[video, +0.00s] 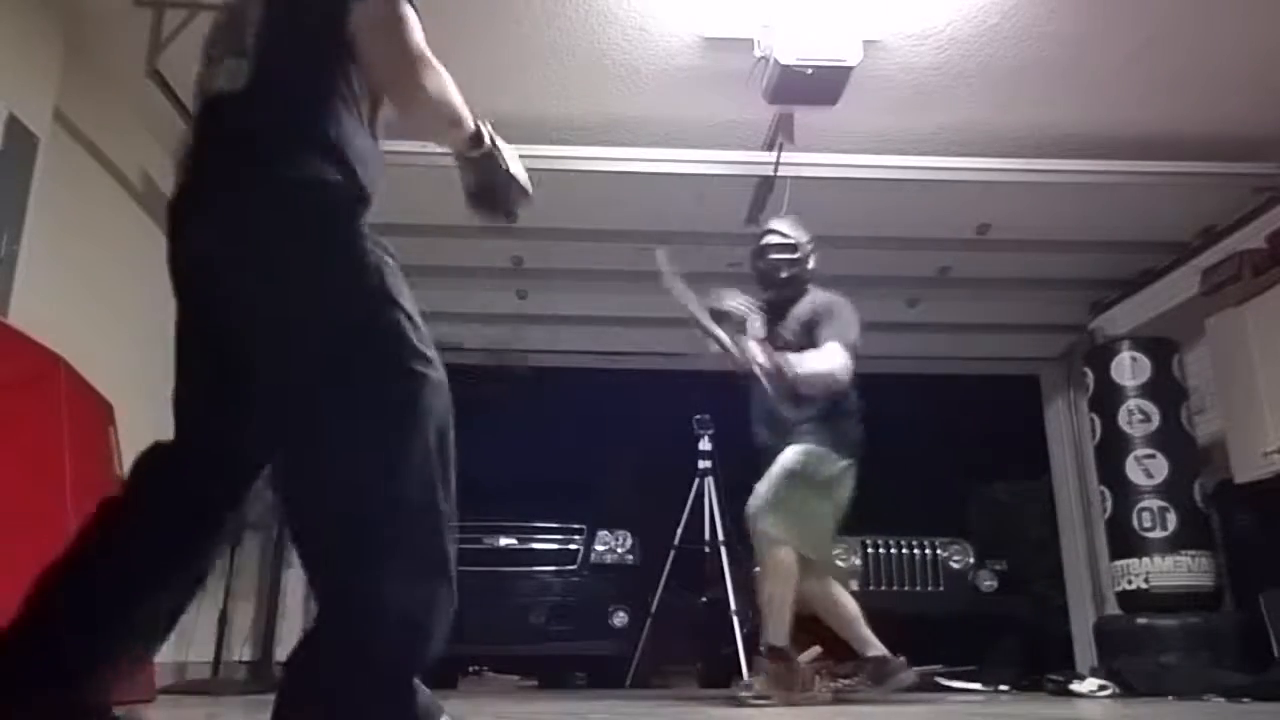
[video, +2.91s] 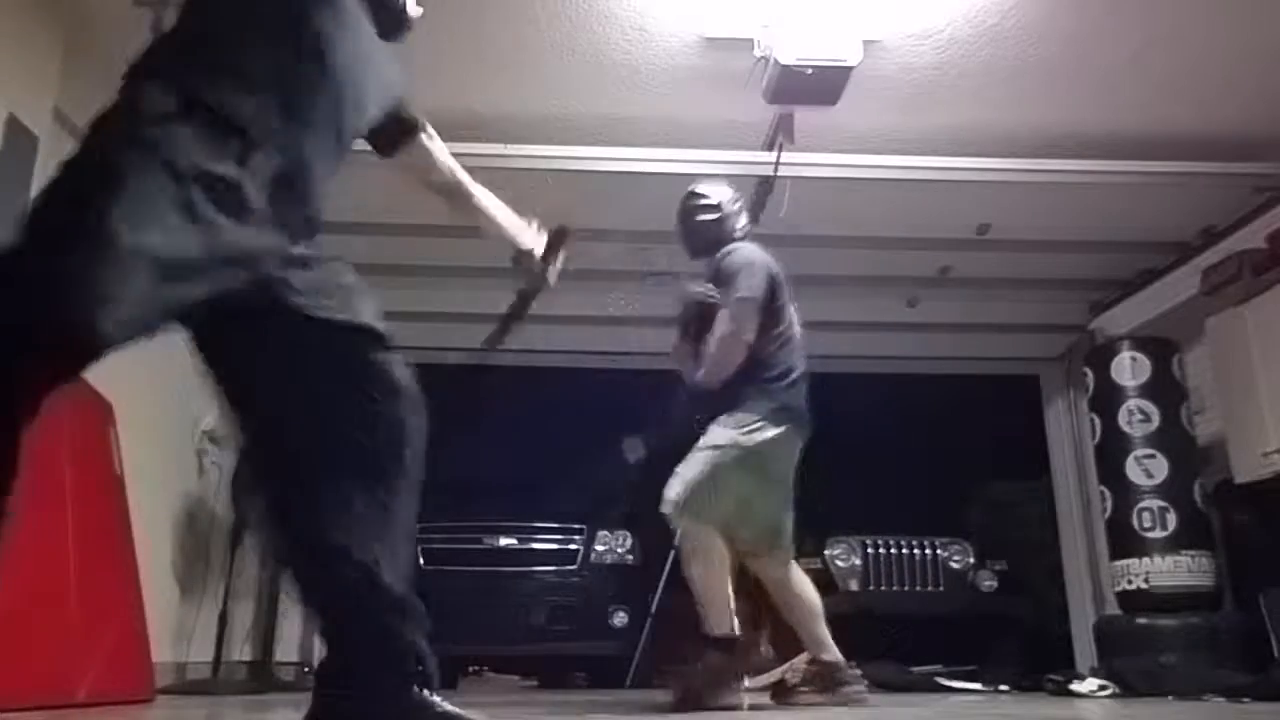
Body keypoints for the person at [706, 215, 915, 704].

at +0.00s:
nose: (777, 263)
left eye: (787, 252)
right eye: (767, 254)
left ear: (809, 257)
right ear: (755, 263)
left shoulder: (830, 308)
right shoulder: (762, 318)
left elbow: (836, 366)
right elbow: (738, 353)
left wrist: (777, 361)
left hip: (823, 442)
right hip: (786, 446)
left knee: (767, 515)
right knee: (807, 574)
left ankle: (776, 659)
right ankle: (880, 660)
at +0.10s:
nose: (767, 263)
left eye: (778, 253)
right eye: (757, 254)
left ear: (801, 260)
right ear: (746, 262)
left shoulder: (825, 316)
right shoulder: (745, 320)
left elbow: (847, 381)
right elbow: (697, 338)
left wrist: (819, 419)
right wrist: (656, 308)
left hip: (811, 448)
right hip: (772, 450)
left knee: (751, 523)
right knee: (802, 569)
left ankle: (738, 664)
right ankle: (882, 661)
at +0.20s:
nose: (747, 253)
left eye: (759, 244)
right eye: (740, 245)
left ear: (784, 255)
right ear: (731, 255)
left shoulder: (800, 310)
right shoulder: (737, 317)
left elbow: (808, 375)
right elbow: (679, 339)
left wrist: (792, 414)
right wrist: (628, 307)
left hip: (798, 449)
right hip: (763, 453)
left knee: (744, 535)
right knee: (799, 571)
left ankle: (714, 668)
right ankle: (884, 663)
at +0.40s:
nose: (710, 238)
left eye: (721, 229)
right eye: (703, 231)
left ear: (745, 237)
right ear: (694, 244)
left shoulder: (751, 285)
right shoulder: (727, 293)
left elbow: (690, 319)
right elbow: (684, 353)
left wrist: (634, 306)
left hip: (785, 432)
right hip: (772, 435)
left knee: (720, 533)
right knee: (762, 571)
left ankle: (711, 671)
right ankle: (864, 646)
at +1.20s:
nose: (700, 229)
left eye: (711, 217)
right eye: (697, 221)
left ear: (748, 219)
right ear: (755, 228)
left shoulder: (752, 260)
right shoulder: (778, 266)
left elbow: (724, 335)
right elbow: (753, 361)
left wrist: (666, 386)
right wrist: (697, 328)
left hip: (811, 409)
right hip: (853, 413)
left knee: (758, 535)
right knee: (837, 550)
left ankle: (774, 671)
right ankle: (884, 669)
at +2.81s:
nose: (709, 209)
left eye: (719, 197)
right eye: (704, 201)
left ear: (747, 205)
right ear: (702, 217)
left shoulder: (759, 248)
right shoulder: (736, 263)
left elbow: (751, 322)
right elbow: (705, 351)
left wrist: (704, 358)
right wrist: (651, 321)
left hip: (774, 407)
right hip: (768, 409)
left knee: (719, 524)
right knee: (775, 547)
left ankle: (752, 662)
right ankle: (831, 661)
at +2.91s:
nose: (697, 219)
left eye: (709, 209)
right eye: (691, 212)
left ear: (737, 215)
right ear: (683, 227)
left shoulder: (746, 259)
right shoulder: (718, 276)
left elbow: (739, 332)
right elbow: (689, 361)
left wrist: (703, 379)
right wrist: (689, 316)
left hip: (768, 410)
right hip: (753, 412)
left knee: (690, 504)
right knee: (769, 553)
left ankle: (725, 649)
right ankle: (832, 663)